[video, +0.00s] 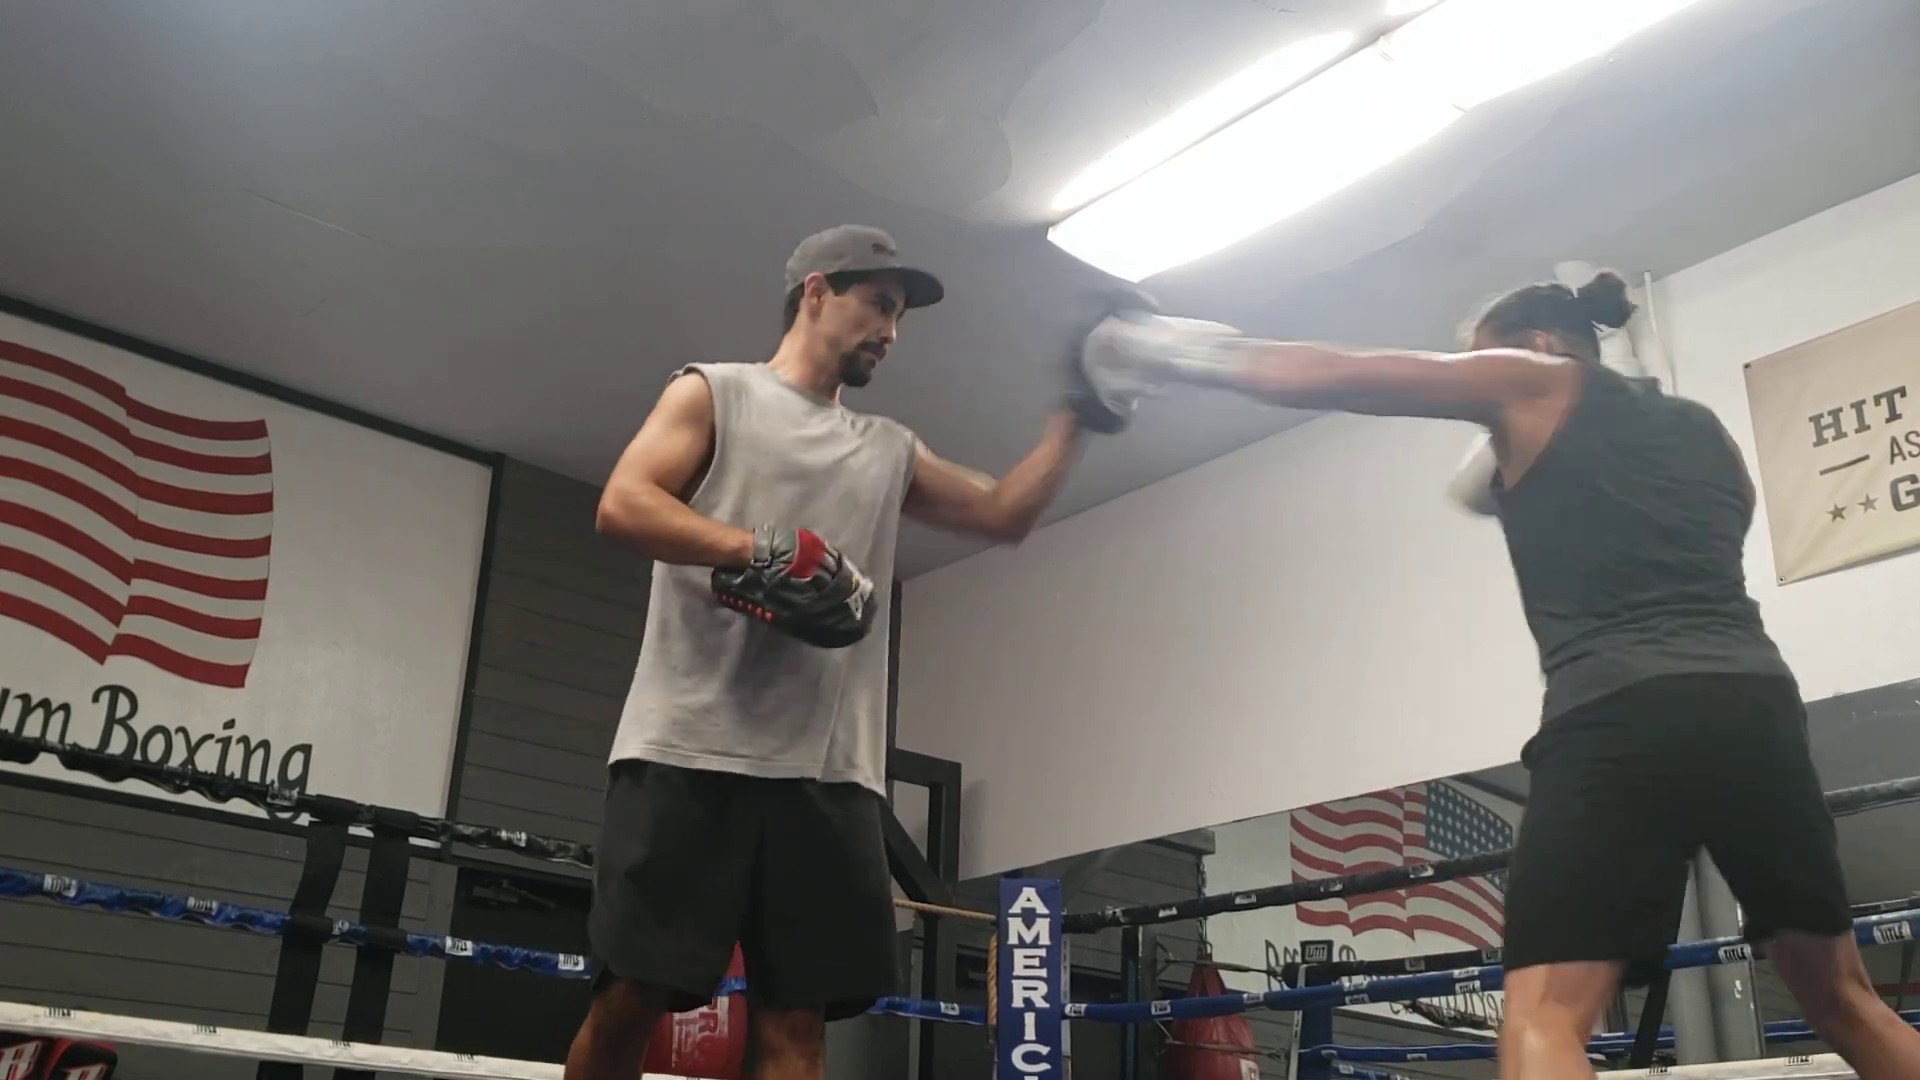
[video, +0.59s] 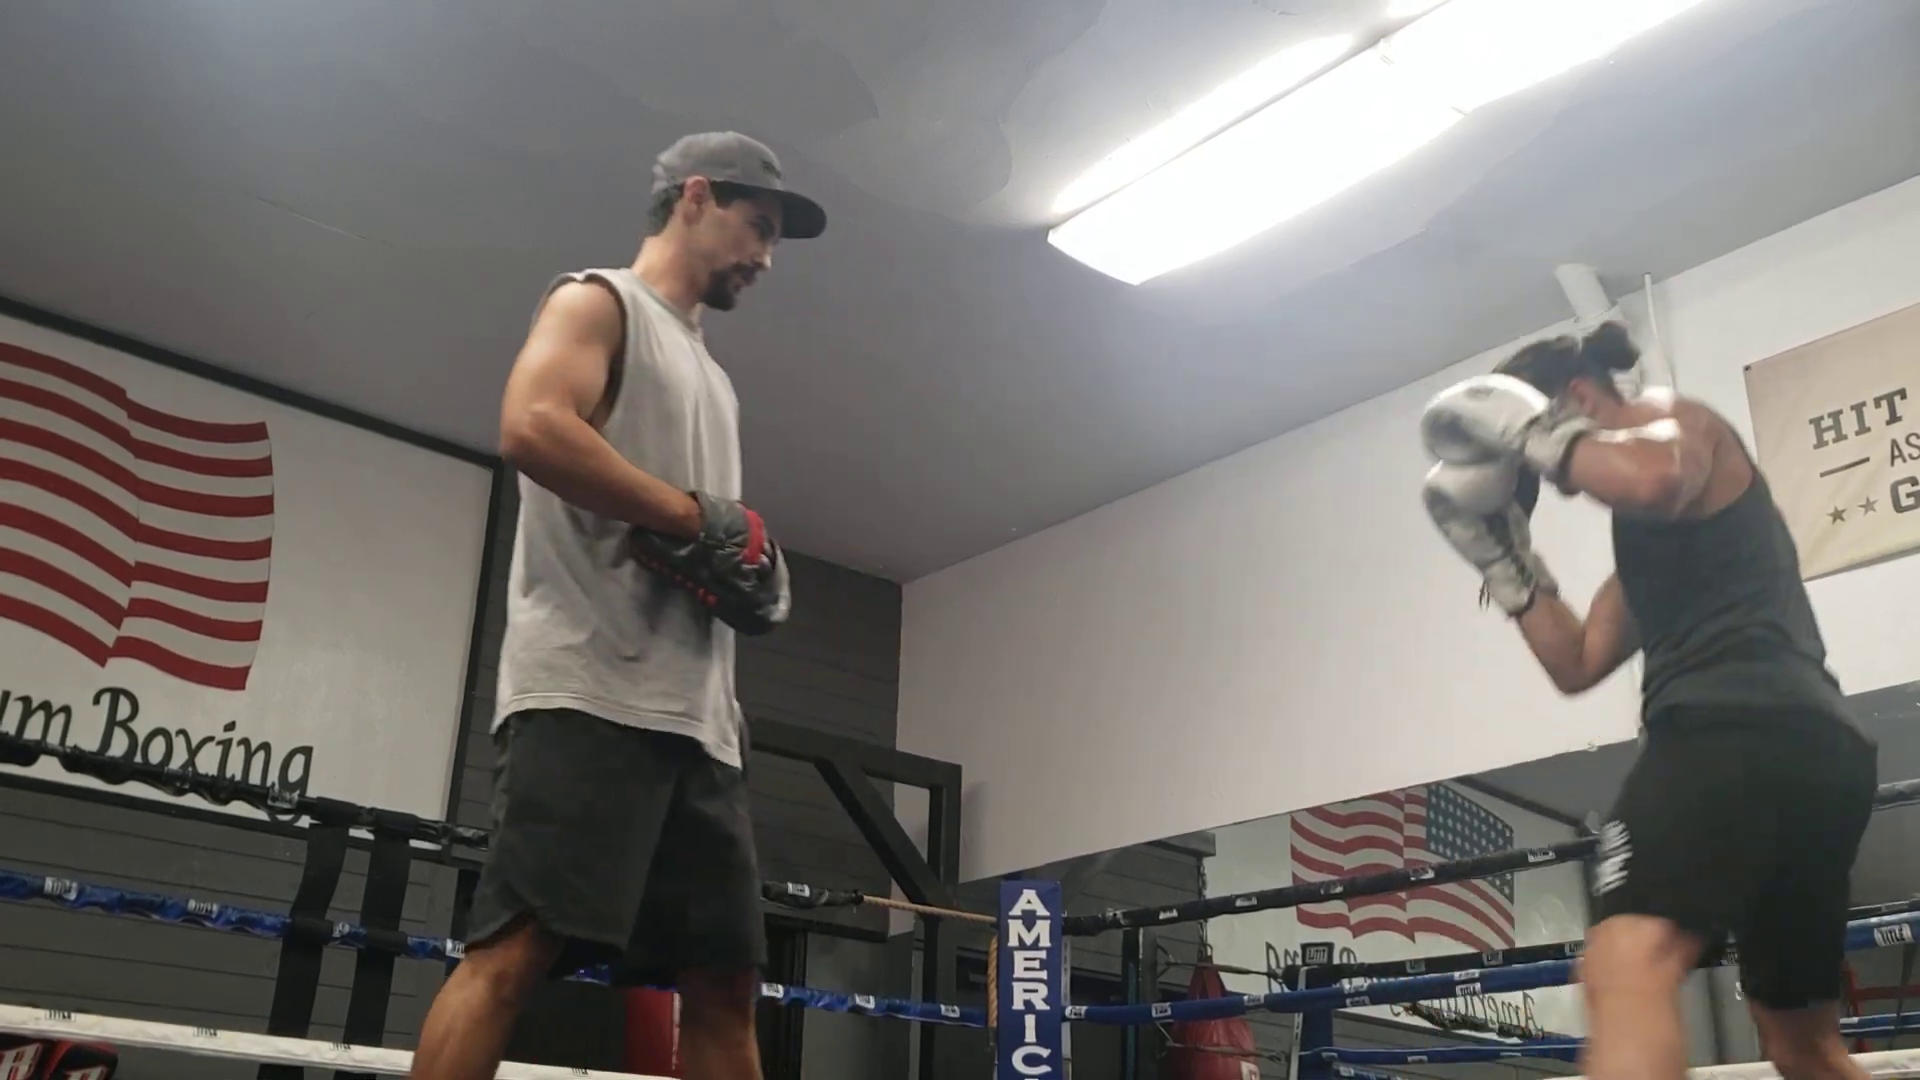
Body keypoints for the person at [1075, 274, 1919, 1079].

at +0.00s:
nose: (1477, 372)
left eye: (1485, 356)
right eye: (1478, 357)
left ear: (1534, 344)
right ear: (1590, 344)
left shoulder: (1533, 377)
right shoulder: (1706, 432)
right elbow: (1644, 507)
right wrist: (1511, 481)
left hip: (1614, 715)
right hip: (1751, 702)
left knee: (1549, 1018)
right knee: (1845, 992)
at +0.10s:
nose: (1451, 360)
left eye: (1457, 343)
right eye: (1449, 347)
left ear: (1504, 333)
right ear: (1552, 329)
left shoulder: (1498, 372)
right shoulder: (1683, 421)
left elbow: (1276, 396)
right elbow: (1631, 549)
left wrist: (1192, 376)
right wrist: (1471, 521)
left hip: (1586, 737)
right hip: (1733, 724)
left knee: (1484, 1008)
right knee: (1863, 1003)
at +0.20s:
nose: (1410, 401)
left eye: (1411, 376)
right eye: (1402, 385)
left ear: (1463, 340)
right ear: (1474, 341)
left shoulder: (1522, 380)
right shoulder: (1633, 419)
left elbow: (1377, 482)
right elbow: (1558, 598)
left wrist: (1317, 465)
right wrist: (1456, 543)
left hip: (1611, 712)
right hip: (1739, 709)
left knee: (1469, 986)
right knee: (1808, 1017)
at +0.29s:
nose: (1386, 439)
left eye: (1385, 412)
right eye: (1375, 424)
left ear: (1442, 374)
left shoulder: (1548, 396)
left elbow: (1485, 525)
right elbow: (1525, 663)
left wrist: (1377, 490)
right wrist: (1440, 574)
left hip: (1654, 723)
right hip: (1751, 723)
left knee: (1460, 975)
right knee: (1775, 1033)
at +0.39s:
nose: (1437, 485)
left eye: (1431, 465)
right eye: (1426, 474)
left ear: (1475, 419)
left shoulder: (1571, 424)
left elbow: (1530, 541)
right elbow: (1531, 715)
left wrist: (1417, 497)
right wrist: (1439, 607)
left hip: (1673, 759)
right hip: (1780, 768)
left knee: (1448, 983)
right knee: (1755, 1053)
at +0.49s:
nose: (1498, 491)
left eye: (1494, 466)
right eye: (1483, 476)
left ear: (1542, 435)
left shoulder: (1635, 449)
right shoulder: (1629, 579)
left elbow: (1603, 533)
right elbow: (1560, 724)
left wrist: (1479, 483)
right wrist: (1482, 605)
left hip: (1685, 774)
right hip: (1799, 790)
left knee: (1482, 997)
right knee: (1765, 1052)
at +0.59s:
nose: (1557, 435)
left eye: (1551, 417)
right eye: (1545, 426)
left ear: (1582, 390)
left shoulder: (1676, 416)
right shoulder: (1647, 530)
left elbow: (1658, 482)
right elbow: (1574, 665)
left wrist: (1533, 435)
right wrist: (1503, 558)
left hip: (1729, 726)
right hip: (1820, 739)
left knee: (1625, 964)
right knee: (1804, 1038)